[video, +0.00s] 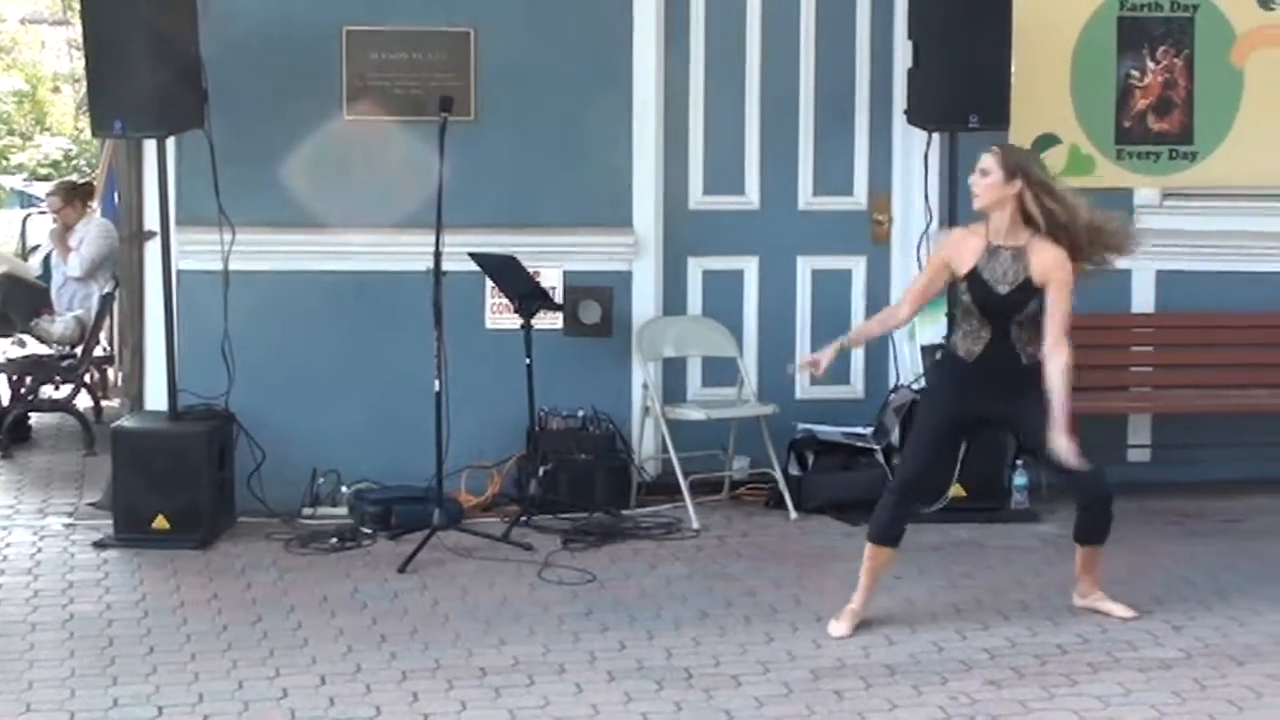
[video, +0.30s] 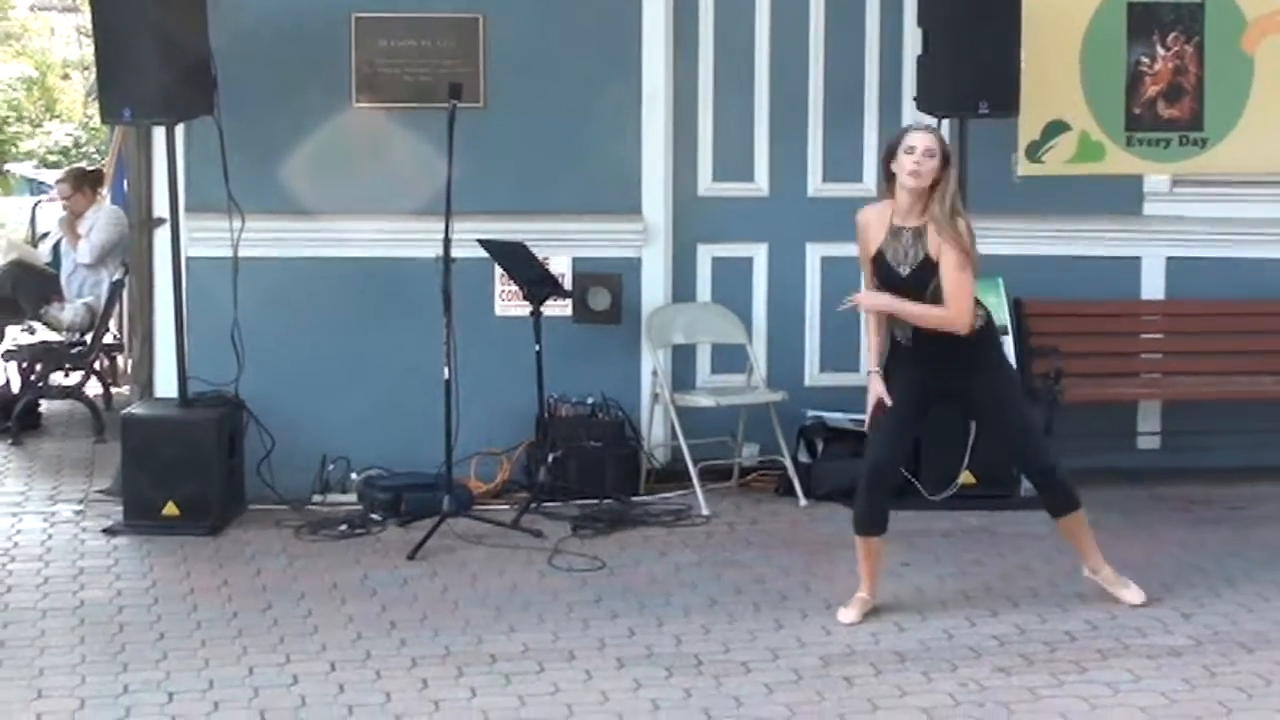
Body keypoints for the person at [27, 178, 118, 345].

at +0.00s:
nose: (55, 219)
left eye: (58, 212)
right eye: (53, 214)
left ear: (76, 206)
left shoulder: (102, 229)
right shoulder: (62, 233)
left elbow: (80, 268)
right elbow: (34, 269)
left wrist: (60, 245)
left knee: (9, 286)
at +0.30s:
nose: (64, 205)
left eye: (67, 199)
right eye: (62, 200)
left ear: (86, 192)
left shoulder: (112, 216)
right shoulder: (72, 220)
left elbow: (90, 255)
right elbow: (44, 256)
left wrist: (69, 232)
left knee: (16, 271)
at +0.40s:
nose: (73, 201)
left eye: (77, 194)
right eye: (71, 196)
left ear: (96, 188)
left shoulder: (120, 211)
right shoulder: (83, 217)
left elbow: (99, 251)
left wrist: (77, 226)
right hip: (76, 292)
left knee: (25, 267)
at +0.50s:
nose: (79, 198)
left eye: (82, 192)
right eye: (77, 193)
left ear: (102, 185)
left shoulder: (126, 209)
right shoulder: (90, 214)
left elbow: (104, 248)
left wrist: (83, 223)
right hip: (84, 291)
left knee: (31, 265)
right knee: (14, 298)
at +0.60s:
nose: (82, 196)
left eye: (85, 189)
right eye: (80, 191)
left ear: (104, 183)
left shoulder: (129, 207)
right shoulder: (93, 212)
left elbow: (108, 246)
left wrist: (88, 224)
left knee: (36, 263)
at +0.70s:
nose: (80, 193)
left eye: (83, 187)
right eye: (77, 188)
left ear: (103, 180)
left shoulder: (127, 204)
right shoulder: (91, 210)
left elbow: (105, 243)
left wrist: (87, 220)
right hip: (84, 286)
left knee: (32, 260)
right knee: (14, 293)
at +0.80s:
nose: (78, 192)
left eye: (82, 186)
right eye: (76, 187)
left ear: (101, 180)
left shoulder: (126, 204)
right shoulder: (90, 209)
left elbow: (103, 242)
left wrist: (85, 217)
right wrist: (76, 284)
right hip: (84, 286)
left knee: (31, 259)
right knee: (13, 291)